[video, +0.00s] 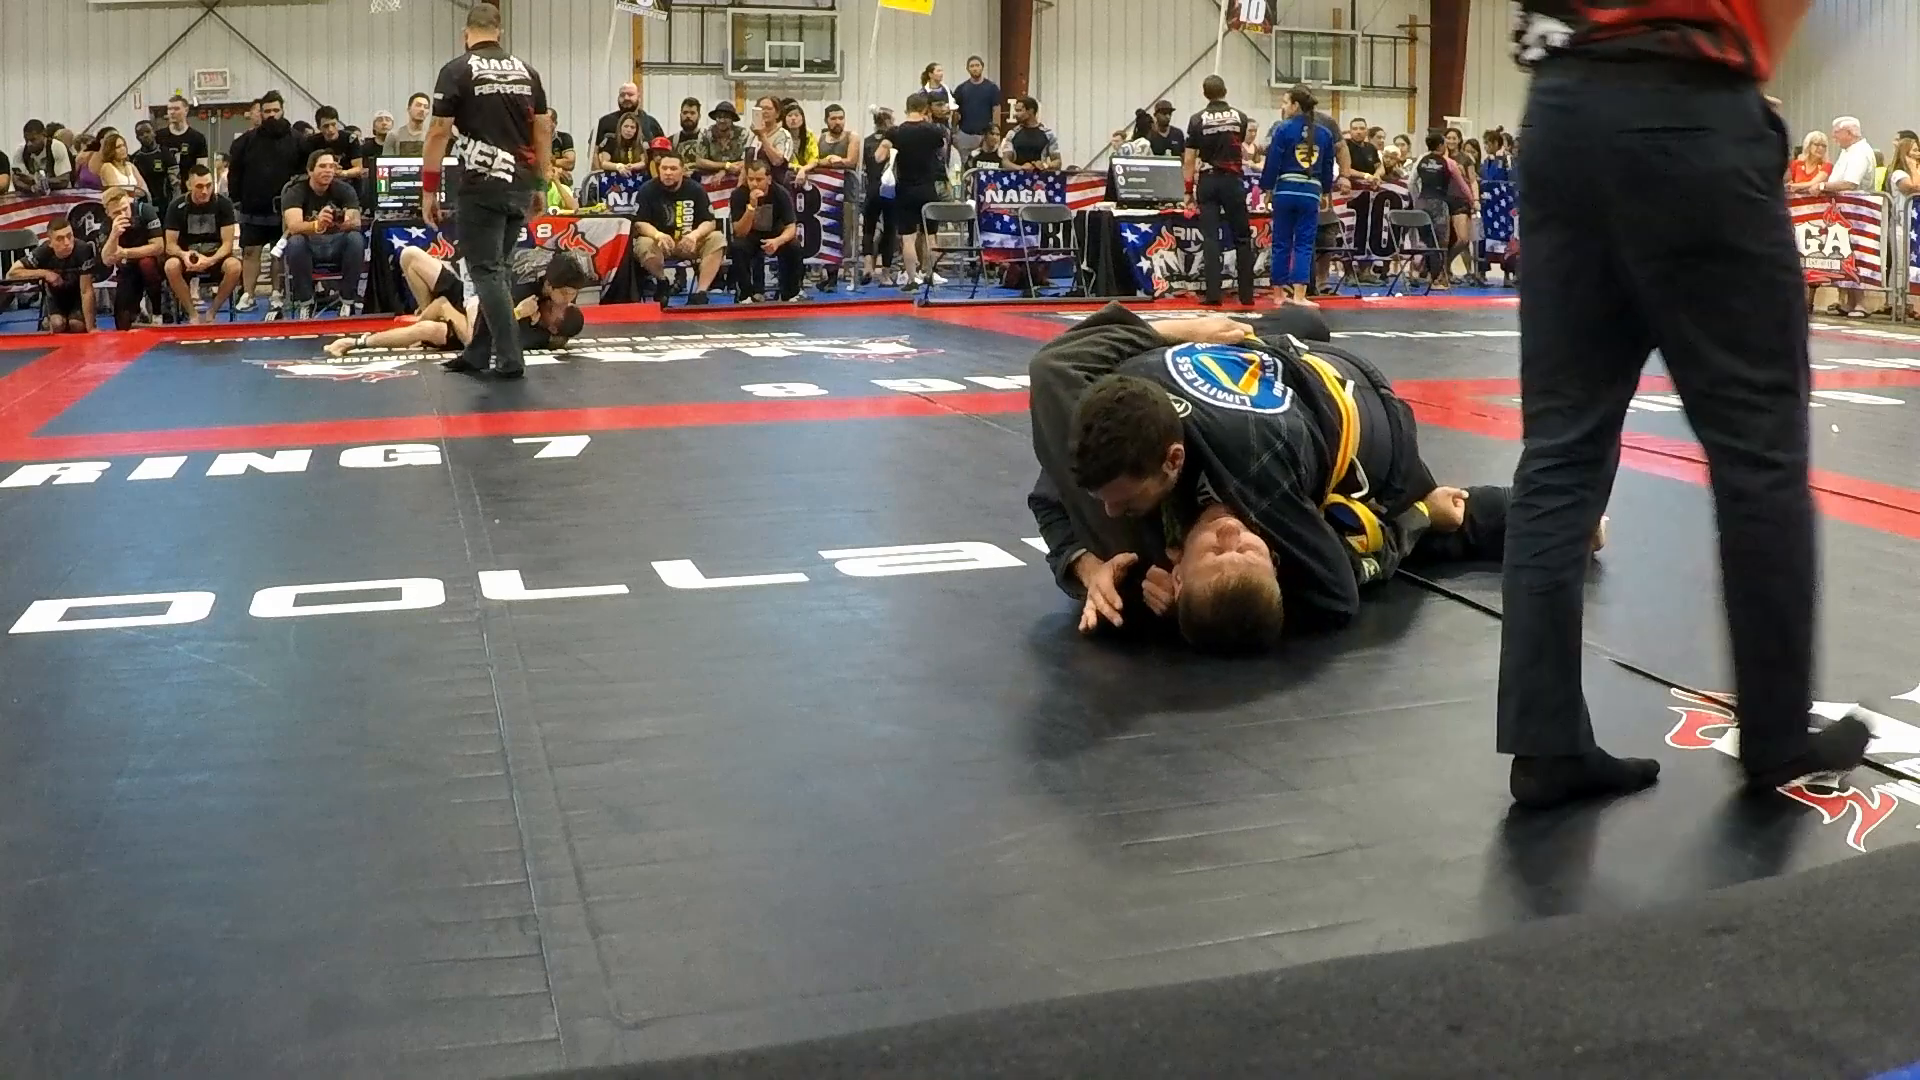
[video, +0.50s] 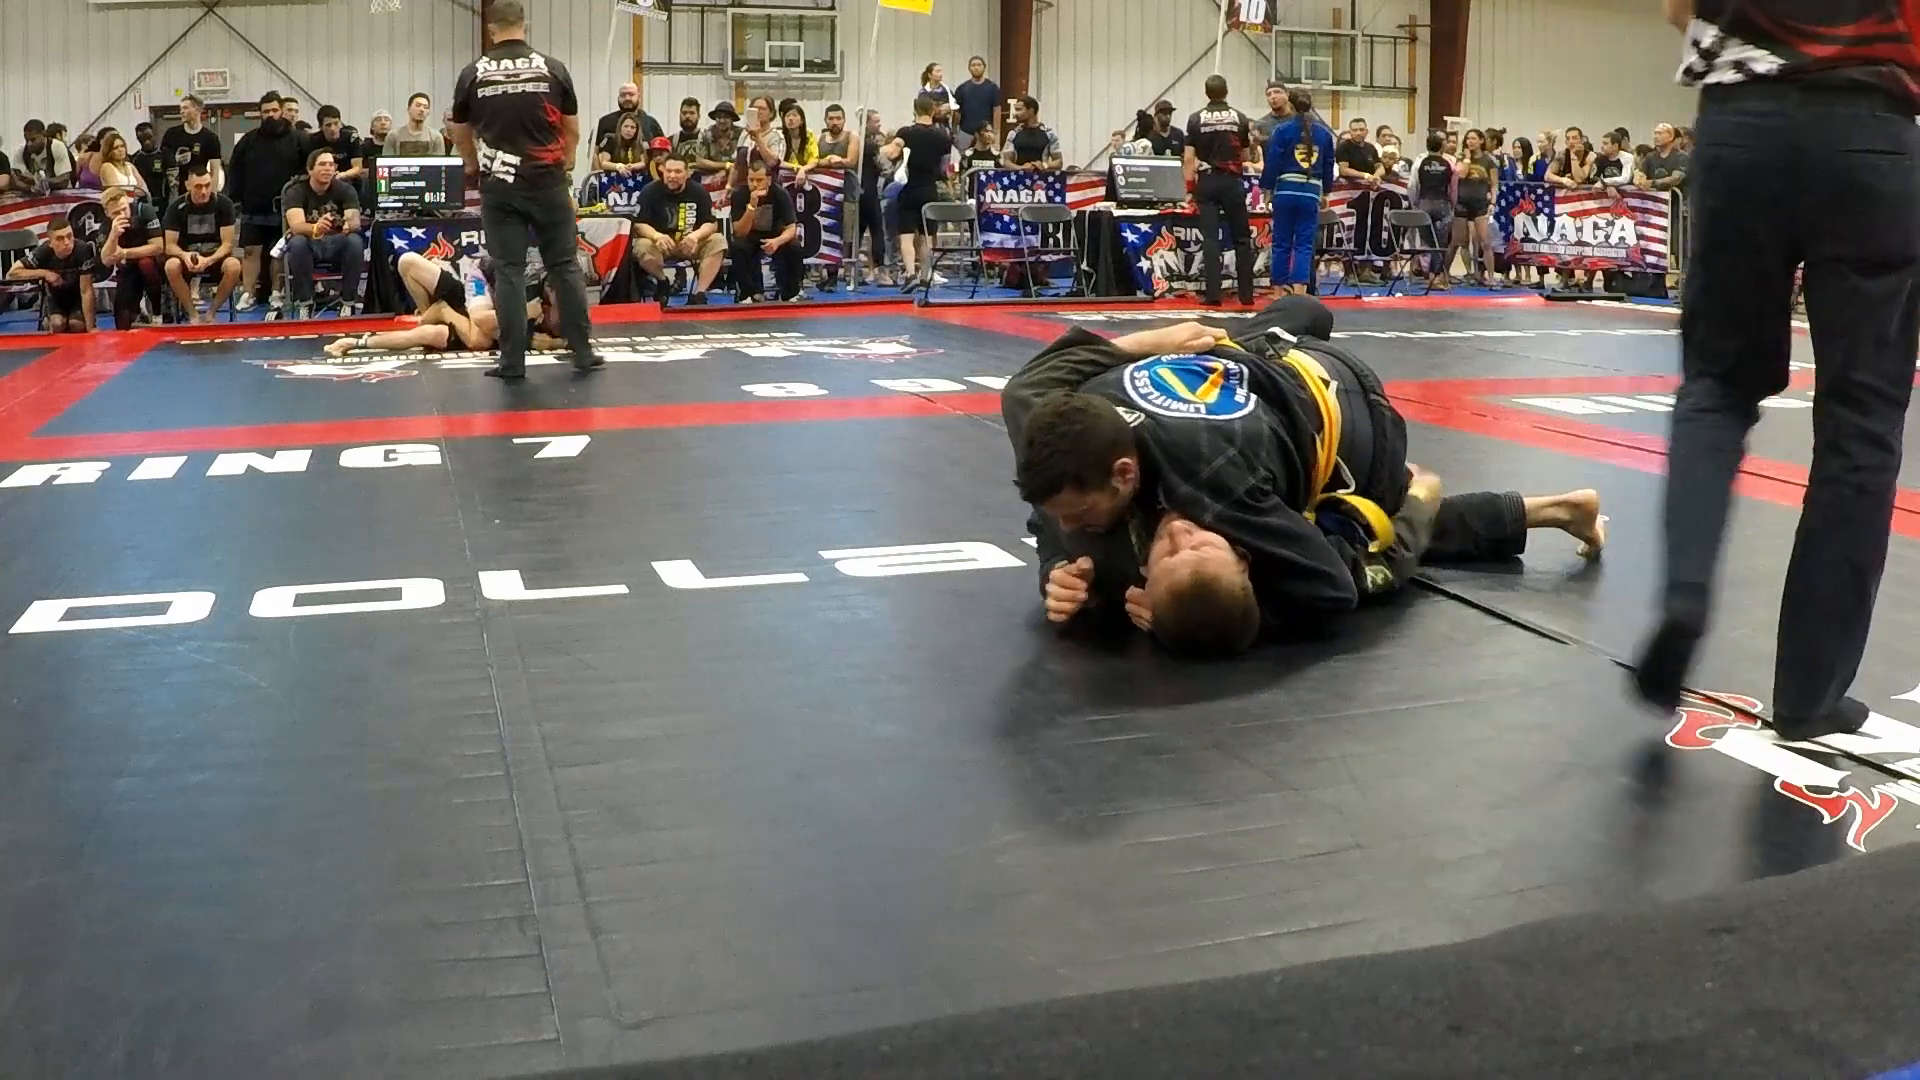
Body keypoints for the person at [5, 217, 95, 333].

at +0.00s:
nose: (67, 243)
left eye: (69, 236)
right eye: (60, 239)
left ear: (73, 235)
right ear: (50, 240)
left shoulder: (83, 249)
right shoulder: (44, 251)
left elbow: (86, 290)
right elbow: (12, 273)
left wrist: (91, 328)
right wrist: (44, 273)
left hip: (77, 291)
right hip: (55, 292)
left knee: (77, 325)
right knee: (58, 324)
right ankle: (46, 323)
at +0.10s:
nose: (67, 243)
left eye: (69, 237)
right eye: (60, 239)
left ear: (73, 235)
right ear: (50, 240)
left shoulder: (83, 249)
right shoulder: (44, 251)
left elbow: (86, 290)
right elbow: (12, 273)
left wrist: (91, 328)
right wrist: (44, 273)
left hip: (78, 292)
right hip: (55, 292)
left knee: (77, 325)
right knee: (58, 323)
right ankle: (46, 323)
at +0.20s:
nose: (67, 243)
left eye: (69, 237)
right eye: (60, 239)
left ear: (73, 235)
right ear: (50, 240)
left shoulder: (83, 249)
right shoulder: (44, 251)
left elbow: (86, 290)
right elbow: (12, 273)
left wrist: (91, 327)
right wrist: (44, 274)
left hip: (77, 291)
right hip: (55, 291)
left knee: (77, 324)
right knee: (58, 323)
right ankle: (46, 323)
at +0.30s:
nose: (67, 243)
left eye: (69, 237)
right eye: (60, 239)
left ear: (73, 235)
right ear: (50, 240)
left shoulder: (83, 249)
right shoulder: (44, 251)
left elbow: (86, 290)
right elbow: (12, 273)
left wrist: (91, 328)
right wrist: (44, 273)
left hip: (78, 292)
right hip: (56, 292)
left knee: (76, 324)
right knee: (57, 323)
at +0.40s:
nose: (67, 243)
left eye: (69, 237)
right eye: (60, 239)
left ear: (73, 235)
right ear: (50, 240)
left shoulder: (83, 249)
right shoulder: (44, 251)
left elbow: (86, 290)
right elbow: (12, 273)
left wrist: (91, 327)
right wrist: (44, 273)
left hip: (78, 291)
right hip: (55, 291)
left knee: (77, 324)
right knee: (57, 324)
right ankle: (46, 323)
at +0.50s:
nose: (67, 243)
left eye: (69, 237)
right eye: (60, 239)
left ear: (73, 235)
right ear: (50, 240)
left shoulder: (83, 249)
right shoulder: (44, 251)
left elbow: (86, 290)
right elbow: (12, 273)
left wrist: (91, 328)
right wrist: (44, 273)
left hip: (78, 292)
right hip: (55, 292)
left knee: (76, 324)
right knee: (57, 323)